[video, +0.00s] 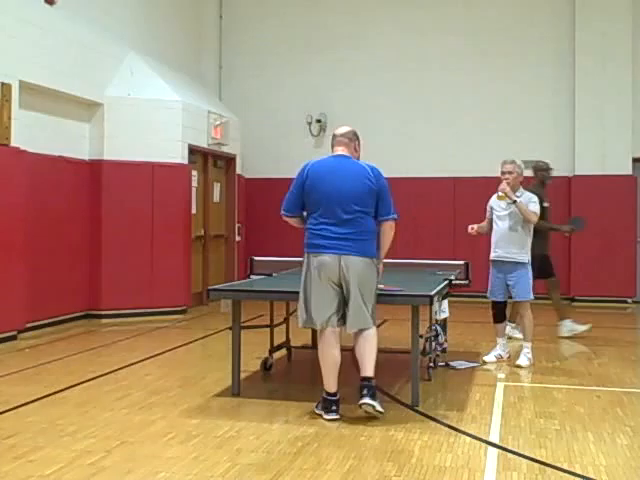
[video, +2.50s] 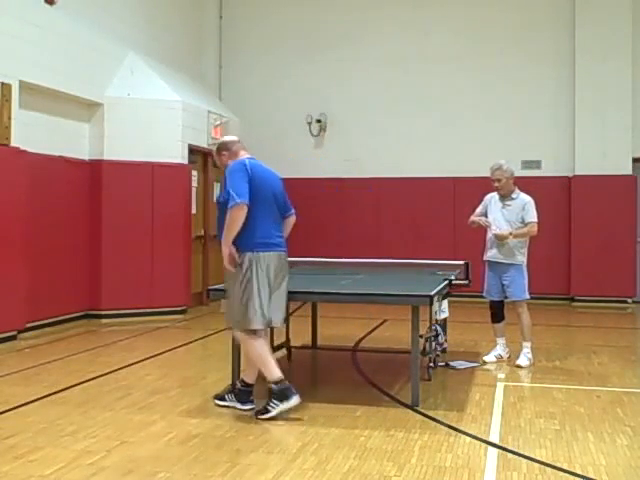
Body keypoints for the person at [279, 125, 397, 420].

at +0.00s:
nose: (359, 149)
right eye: (359, 145)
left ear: (331, 146)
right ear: (357, 147)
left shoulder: (310, 170)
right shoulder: (372, 173)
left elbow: (289, 214)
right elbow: (387, 222)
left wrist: (315, 225)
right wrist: (379, 259)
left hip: (321, 260)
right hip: (360, 261)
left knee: (327, 328)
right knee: (365, 325)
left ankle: (330, 402)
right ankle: (368, 391)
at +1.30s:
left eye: (329, 143)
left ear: (325, 148)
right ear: (350, 151)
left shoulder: (316, 169)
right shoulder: (368, 178)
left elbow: (298, 213)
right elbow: (385, 224)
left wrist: (281, 250)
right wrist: (363, 244)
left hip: (321, 256)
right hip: (357, 258)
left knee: (305, 327)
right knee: (352, 330)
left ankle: (294, 400)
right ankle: (353, 398)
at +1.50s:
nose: (302, 152)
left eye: (302, 148)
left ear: (304, 150)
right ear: (329, 148)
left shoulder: (300, 171)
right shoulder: (351, 175)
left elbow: (284, 218)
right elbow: (369, 222)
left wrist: (265, 257)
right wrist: (352, 245)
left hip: (307, 259)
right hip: (343, 260)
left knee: (299, 328)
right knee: (344, 330)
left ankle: (293, 402)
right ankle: (352, 398)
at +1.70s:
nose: (277, 163)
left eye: (276, 159)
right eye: (276, 160)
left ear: (280, 155)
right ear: (302, 146)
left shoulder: (284, 173)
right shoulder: (333, 173)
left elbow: (270, 223)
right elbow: (351, 217)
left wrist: (252, 263)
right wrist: (339, 253)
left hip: (293, 260)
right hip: (327, 261)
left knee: (291, 329)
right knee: (330, 328)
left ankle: (292, 403)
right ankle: (348, 397)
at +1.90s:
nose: (262, 162)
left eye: (261, 158)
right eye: (261, 158)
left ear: (266, 151)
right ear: (287, 145)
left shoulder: (271, 172)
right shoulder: (319, 172)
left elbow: (259, 222)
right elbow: (334, 216)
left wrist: (243, 262)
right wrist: (318, 244)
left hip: (286, 259)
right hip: (317, 258)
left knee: (287, 331)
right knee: (311, 328)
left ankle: (292, 402)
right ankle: (322, 393)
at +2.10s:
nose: (252, 162)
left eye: (250, 158)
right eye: (250, 159)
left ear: (255, 151)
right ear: (275, 145)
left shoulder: (263, 171)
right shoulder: (305, 172)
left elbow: (251, 222)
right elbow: (314, 217)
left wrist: (236, 260)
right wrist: (300, 244)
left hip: (279, 256)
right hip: (306, 256)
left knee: (283, 329)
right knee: (287, 325)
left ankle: (293, 402)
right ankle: (280, 385)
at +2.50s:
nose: (222, 166)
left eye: (220, 162)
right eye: (220, 163)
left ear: (224, 155)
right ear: (243, 150)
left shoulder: (236, 167)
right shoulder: (270, 173)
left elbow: (239, 204)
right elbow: (290, 215)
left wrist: (226, 243)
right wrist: (273, 245)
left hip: (252, 255)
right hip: (276, 254)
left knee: (244, 327)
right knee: (259, 328)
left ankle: (281, 390)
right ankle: (244, 391)